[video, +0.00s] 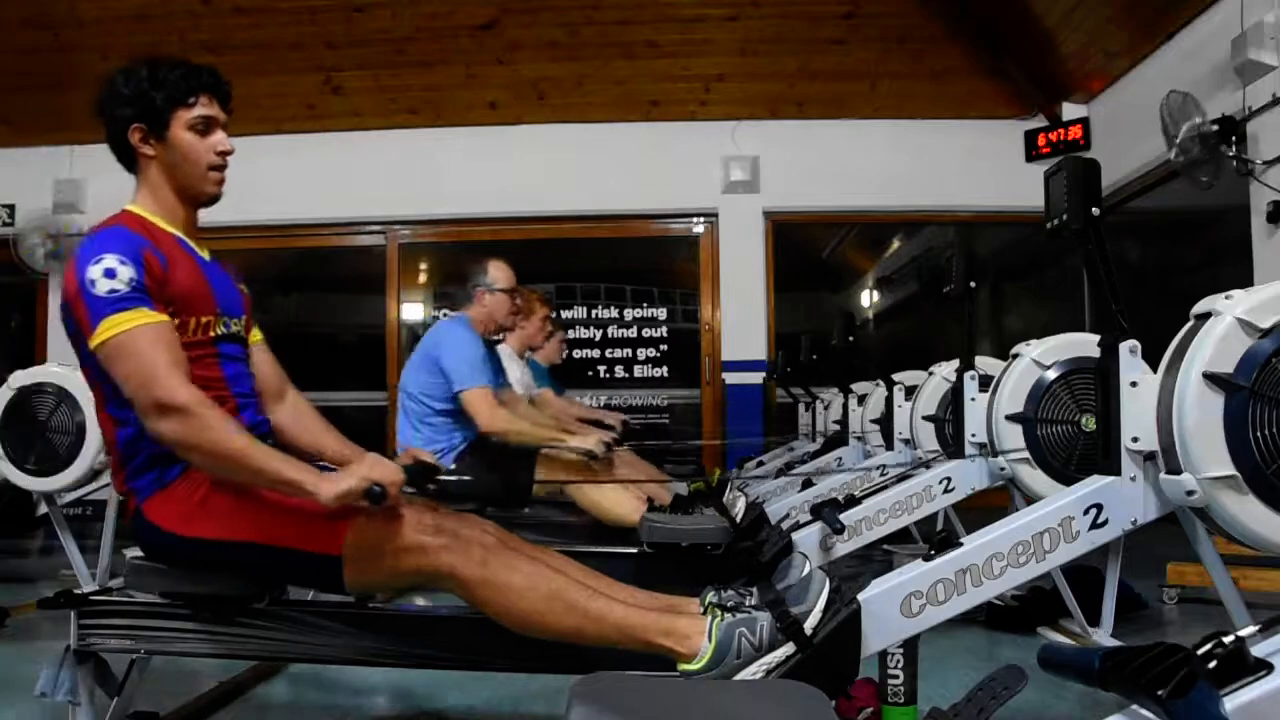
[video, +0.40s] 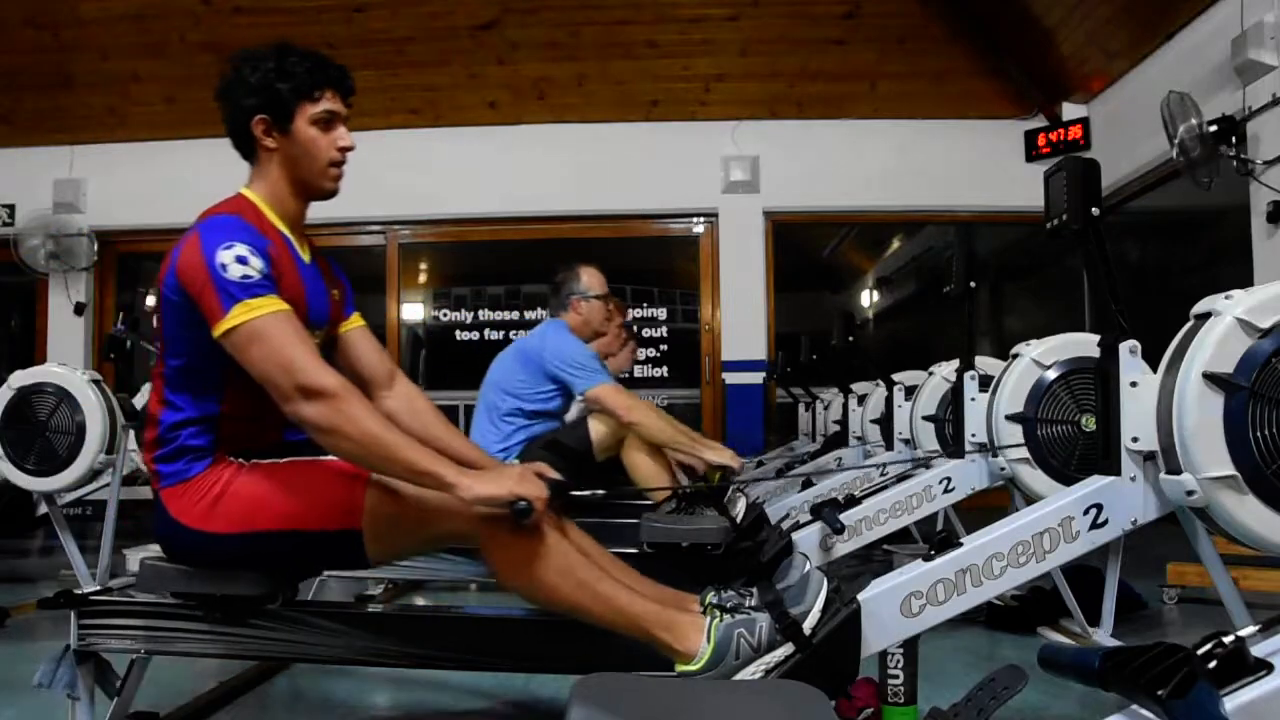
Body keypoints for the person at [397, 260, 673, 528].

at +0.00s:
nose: (517, 304)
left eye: (516, 295)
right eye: (510, 295)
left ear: (484, 297)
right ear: (482, 296)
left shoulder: (477, 340)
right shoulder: (459, 338)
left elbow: (514, 406)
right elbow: (488, 420)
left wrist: (572, 432)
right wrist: (567, 441)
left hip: (465, 454)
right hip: (443, 465)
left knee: (588, 464)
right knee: (571, 473)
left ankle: (670, 522)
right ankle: (660, 531)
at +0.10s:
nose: (536, 302)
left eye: (534, 294)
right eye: (528, 294)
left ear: (502, 299)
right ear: (500, 298)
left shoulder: (494, 339)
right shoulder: (477, 337)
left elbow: (535, 403)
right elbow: (521, 417)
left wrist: (604, 432)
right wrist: (602, 443)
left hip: (477, 450)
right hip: (456, 460)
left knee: (594, 453)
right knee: (585, 461)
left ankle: (669, 518)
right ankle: (662, 524)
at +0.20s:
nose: (558, 302)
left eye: (556, 294)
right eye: (549, 294)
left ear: (525, 303)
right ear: (522, 302)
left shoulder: (523, 341)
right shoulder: (503, 339)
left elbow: (578, 402)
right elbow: (562, 415)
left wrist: (640, 430)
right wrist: (640, 443)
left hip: (498, 449)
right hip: (472, 460)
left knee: (606, 430)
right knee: (593, 441)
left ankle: (680, 503)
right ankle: (665, 519)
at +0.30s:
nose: (584, 305)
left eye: (582, 296)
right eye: (576, 297)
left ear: (551, 304)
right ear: (549, 303)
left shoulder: (547, 344)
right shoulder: (530, 341)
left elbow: (607, 406)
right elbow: (597, 412)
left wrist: (666, 438)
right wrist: (670, 447)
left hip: (514, 450)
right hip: (491, 459)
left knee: (620, 426)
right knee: (609, 431)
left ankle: (678, 507)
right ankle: (668, 518)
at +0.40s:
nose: (610, 308)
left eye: (609, 299)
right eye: (603, 299)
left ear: (577, 306)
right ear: (577, 306)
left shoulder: (566, 342)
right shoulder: (559, 343)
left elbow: (630, 410)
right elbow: (630, 411)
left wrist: (699, 453)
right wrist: (705, 449)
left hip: (530, 453)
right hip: (513, 461)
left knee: (634, 421)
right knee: (625, 422)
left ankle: (684, 511)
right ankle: (680, 517)